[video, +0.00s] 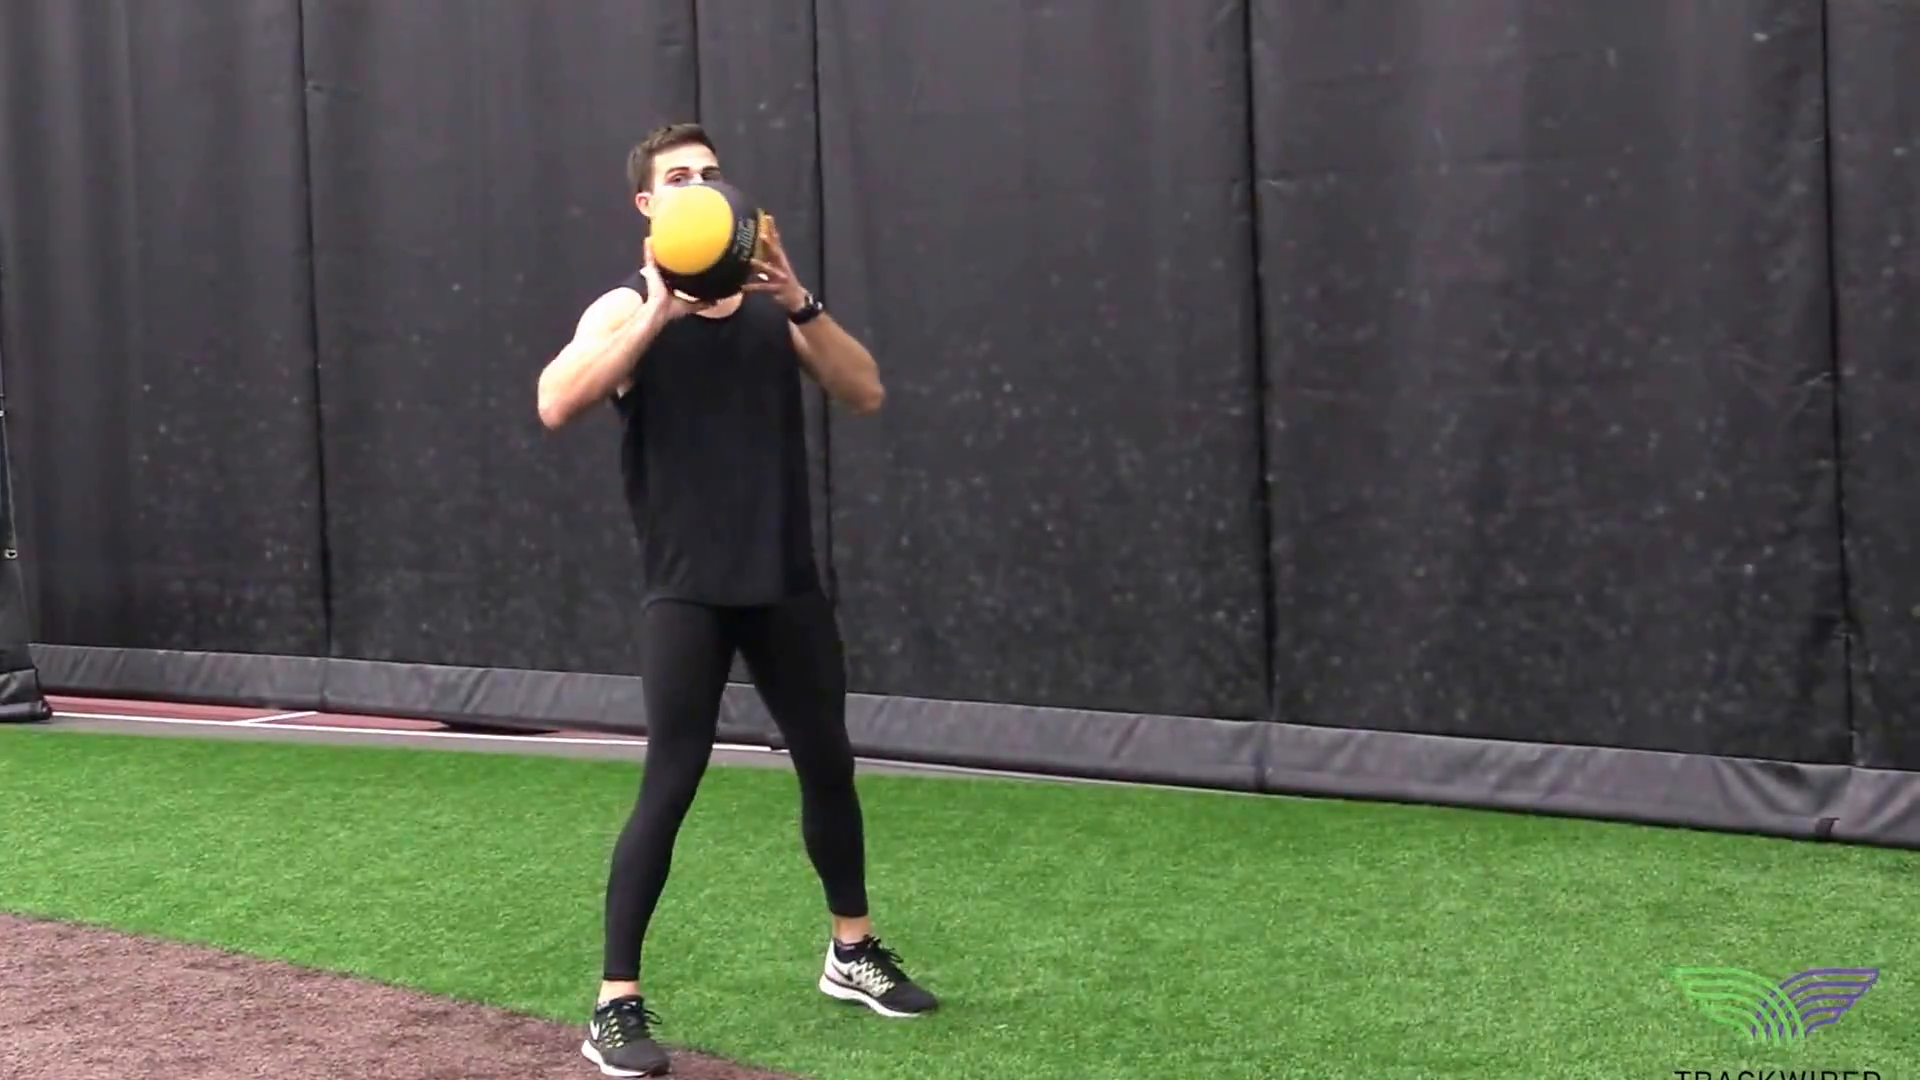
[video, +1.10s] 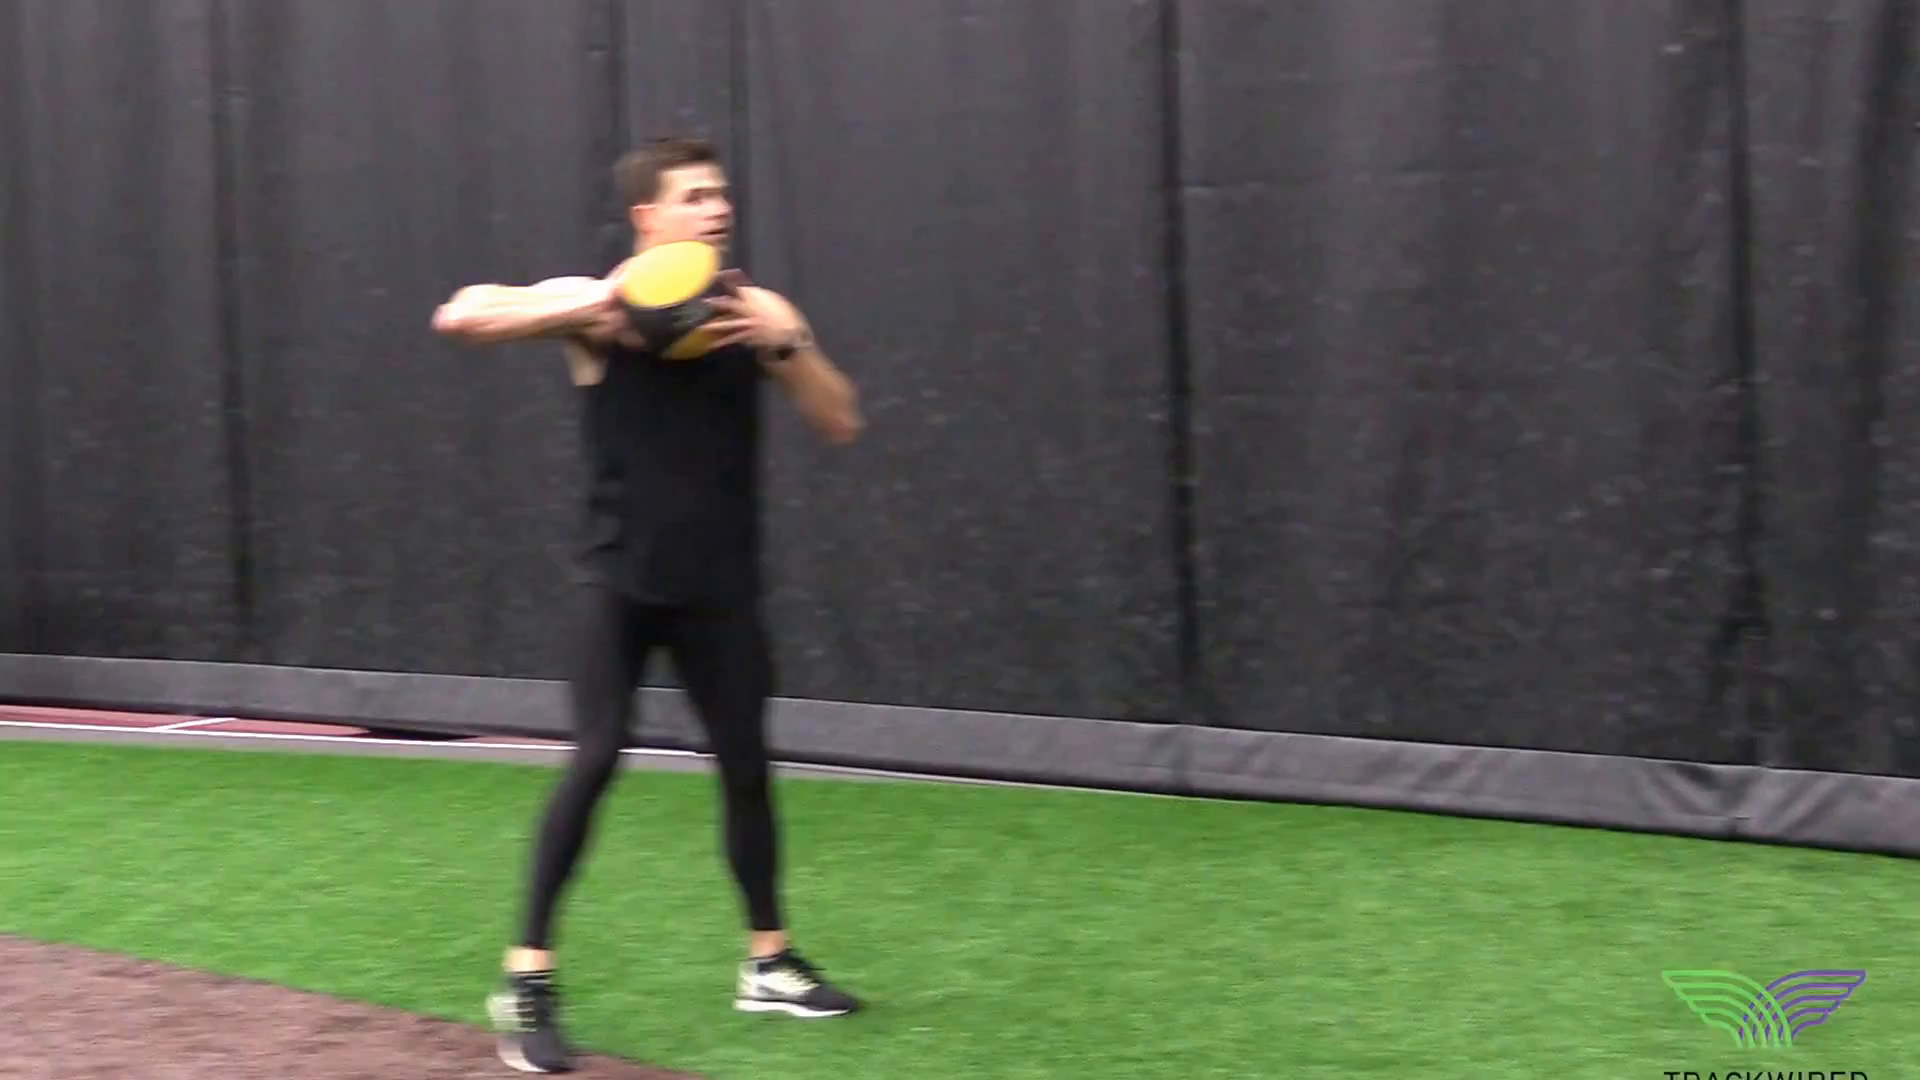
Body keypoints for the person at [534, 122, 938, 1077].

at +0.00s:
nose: (699, 191)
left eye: (708, 177)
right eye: (679, 180)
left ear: (729, 192)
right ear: (644, 205)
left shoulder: (769, 297)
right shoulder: (625, 305)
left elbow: (866, 394)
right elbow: (555, 404)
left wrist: (799, 308)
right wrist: (652, 315)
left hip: (785, 571)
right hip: (687, 579)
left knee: (829, 763)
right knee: (670, 779)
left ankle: (853, 949)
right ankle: (619, 997)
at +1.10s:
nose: (716, 213)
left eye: (721, 198)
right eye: (695, 199)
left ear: (728, 214)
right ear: (643, 216)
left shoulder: (751, 308)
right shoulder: (597, 302)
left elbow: (841, 422)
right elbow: (457, 314)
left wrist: (792, 342)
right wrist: (578, 313)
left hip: (720, 585)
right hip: (618, 582)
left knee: (747, 765)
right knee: (596, 753)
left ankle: (771, 959)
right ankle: (528, 972)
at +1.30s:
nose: (615, 230)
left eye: (619, 213)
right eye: (594, 216)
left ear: (627, 224)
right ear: (543, 233)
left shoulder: (668, 315)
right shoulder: (498, 312)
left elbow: (750, 428)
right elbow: (355, 331)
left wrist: (685, 360)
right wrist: (482, 333)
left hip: (639, 588)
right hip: (530, 584)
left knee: (671, 772)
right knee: (496, 761)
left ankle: (698, 962)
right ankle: (420, 980)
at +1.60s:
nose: (523, 278)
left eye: (527, 260)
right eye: (500, 267)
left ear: (537, 264)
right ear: (452, 284)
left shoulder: (583, 345)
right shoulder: (417, 354)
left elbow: (671, 462)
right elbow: (259, 373)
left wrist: (580, 422)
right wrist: (376, 388)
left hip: (579, 612)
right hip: (470, 612)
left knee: (648, 779)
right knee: (436, 789)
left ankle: (683, 961)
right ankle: (377, 1004)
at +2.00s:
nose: (441, 376)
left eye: (440, 354)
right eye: (417, 368)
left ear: (448, 346)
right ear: (367, 384)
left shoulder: (501, 412)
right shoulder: (328, 427)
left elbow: (585, 535)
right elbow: (172, 441)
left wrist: (486, 518)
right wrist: (275, 473)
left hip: (535, 619)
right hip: (424, 636)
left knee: (631, 781)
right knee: (409, 800)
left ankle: (692, 933)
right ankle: (377, 1011)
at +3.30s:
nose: (494, 338)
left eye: (486, 326)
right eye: (475, 337)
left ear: (481, 339)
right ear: (431, 370)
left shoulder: (529, 382)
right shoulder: (384, 451)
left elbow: (648, 457)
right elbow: (249, 517)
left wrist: (569, 429)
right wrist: (372, 483)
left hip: (539, 651)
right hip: (454, 667)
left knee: (680, 770)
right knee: (492, 822)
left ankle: (657, 965)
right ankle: (390, 1013)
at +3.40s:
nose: (501, 287)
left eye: (493, 276)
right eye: (485, 283)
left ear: (469, 307)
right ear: (450, 316)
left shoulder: (527, 360)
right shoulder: (410, 417)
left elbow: (656, 386)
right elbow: (319, 504)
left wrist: (590, 355)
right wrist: (433, 432)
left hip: (557, 637)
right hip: (487, 651)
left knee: (679, 767)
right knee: (521, 818)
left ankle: (662, 963)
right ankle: (392, 1002)